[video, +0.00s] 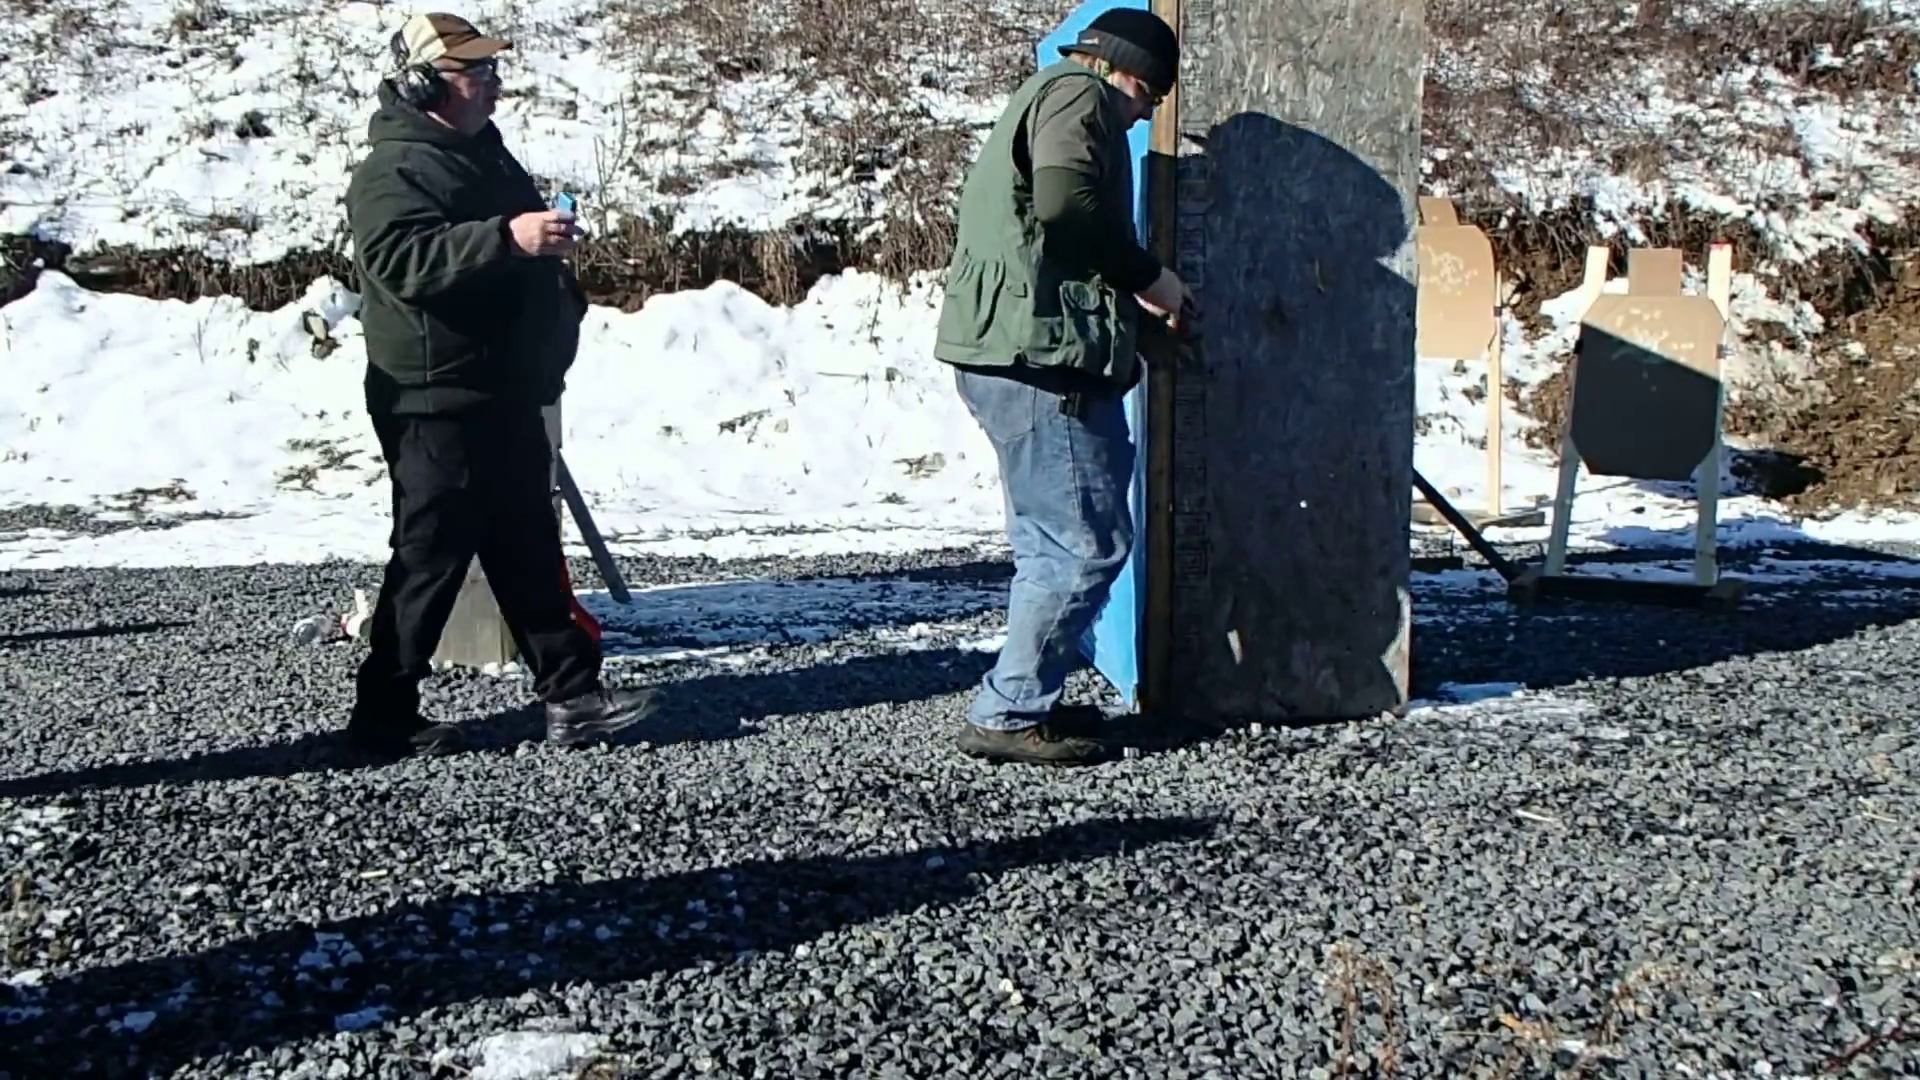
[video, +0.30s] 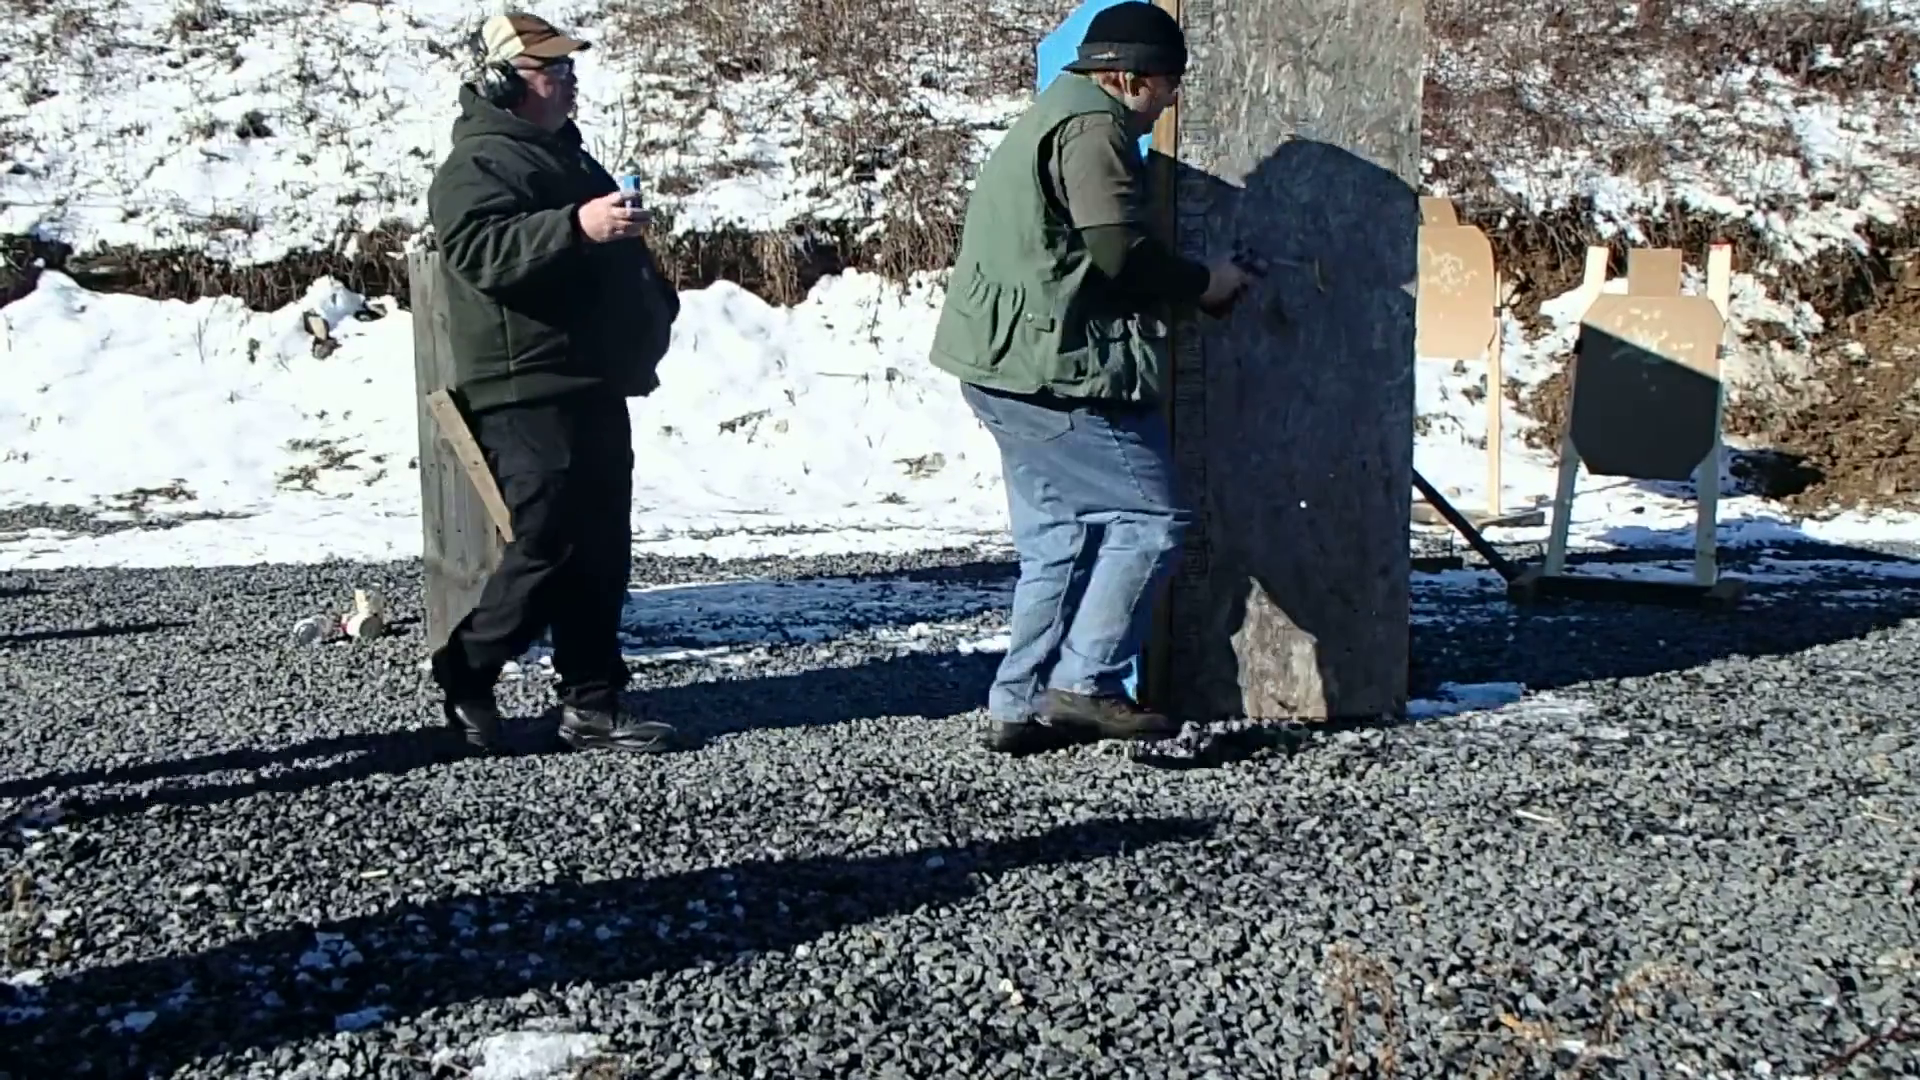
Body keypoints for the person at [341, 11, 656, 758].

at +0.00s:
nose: (493, 84)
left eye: (493, 70)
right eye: (480, 71)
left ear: (465, 80)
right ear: (437, 81)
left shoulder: (486, 156)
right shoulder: (392, 168)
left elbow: (525, 252)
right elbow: (407, 266)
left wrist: (554, 246)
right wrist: (508, 238)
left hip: (506, 387)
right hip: (434, 396)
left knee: (530, 545)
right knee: (428, 557)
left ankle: (571, 694)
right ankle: (384, 717)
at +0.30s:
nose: (573, 80)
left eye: (570, 68)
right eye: (560, 69)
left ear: (538, 81)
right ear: (522, 80)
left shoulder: (564, 153)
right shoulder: (475, 160)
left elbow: (597, 248)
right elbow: (484, 256)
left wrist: (644, 279)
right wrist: (578, 226)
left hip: (589, 377)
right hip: (516, 383)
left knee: (600, 537)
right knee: (546, 531)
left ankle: (592, 702)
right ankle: (466, 670)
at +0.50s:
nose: (609, 79)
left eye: (608, 67)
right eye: (595, 68)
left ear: (587, 78)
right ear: (553, 76)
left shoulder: (595, 148)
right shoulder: (512, 157)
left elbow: (632, 241)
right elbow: (510, 261)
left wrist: (673, 273)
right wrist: (603, 230)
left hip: (613, 373)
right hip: (559, 382)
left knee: (619, 535)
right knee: (607, 537)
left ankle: (594, 698)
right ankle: (582, 704)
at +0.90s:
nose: (671, 79)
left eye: (670, 65)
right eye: (659, 67)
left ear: (621, 72)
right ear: (618, 74)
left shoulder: (628, 139)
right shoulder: (587, 150)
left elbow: (645, 243)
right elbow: (613, 260)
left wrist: (722, 218)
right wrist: (706, 220)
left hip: (647, 386)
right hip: (629, 392)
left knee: (630, 550)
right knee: (660, 554)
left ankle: (595, 712)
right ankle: (660, 731)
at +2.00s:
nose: (720, 63)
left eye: (720, 49)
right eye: (709, 48)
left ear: (658, 53)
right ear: (661, 51)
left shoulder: (666, 123)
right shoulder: (645, 130)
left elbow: (716, 221)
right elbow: (700, 226)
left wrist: (808, 190)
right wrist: (812, 185)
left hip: (669, 378)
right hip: (666, 383)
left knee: (645, 546)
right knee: (675, 554)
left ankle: (600, 702)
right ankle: (662, 731)